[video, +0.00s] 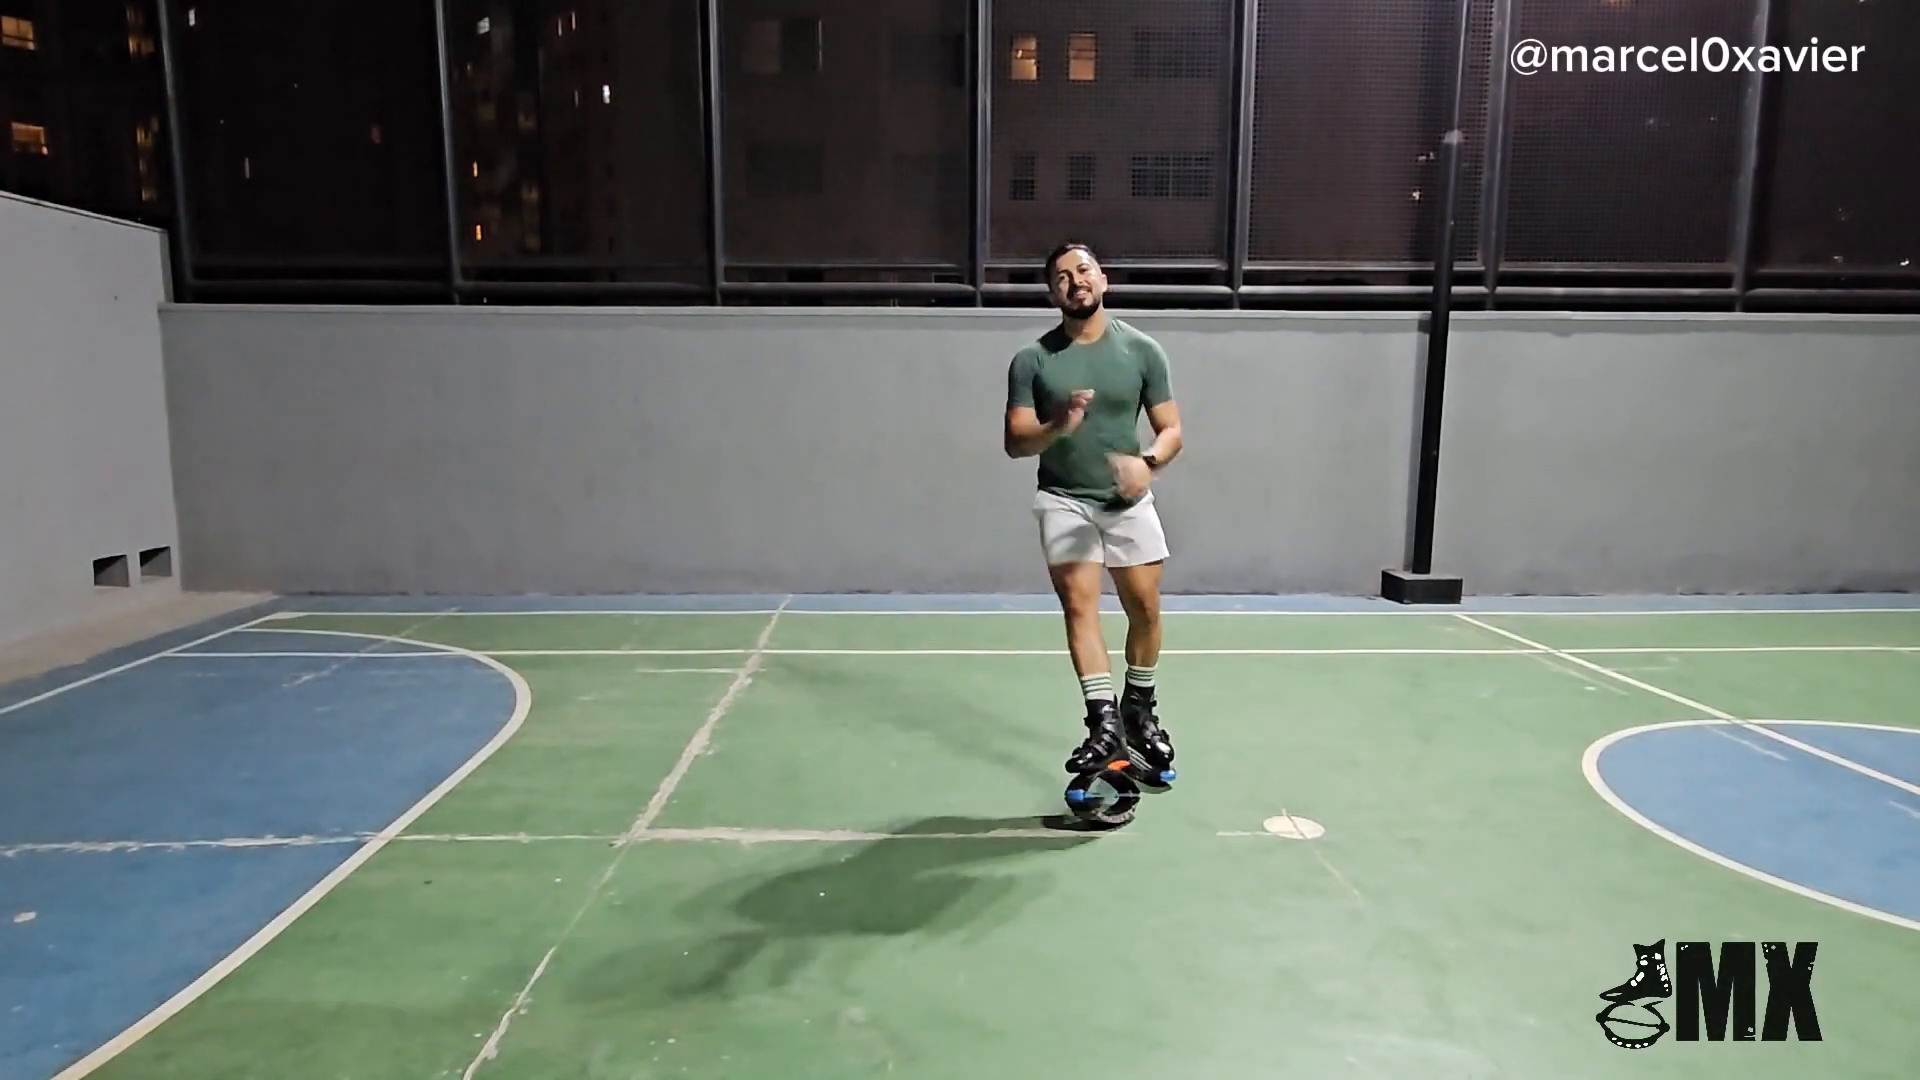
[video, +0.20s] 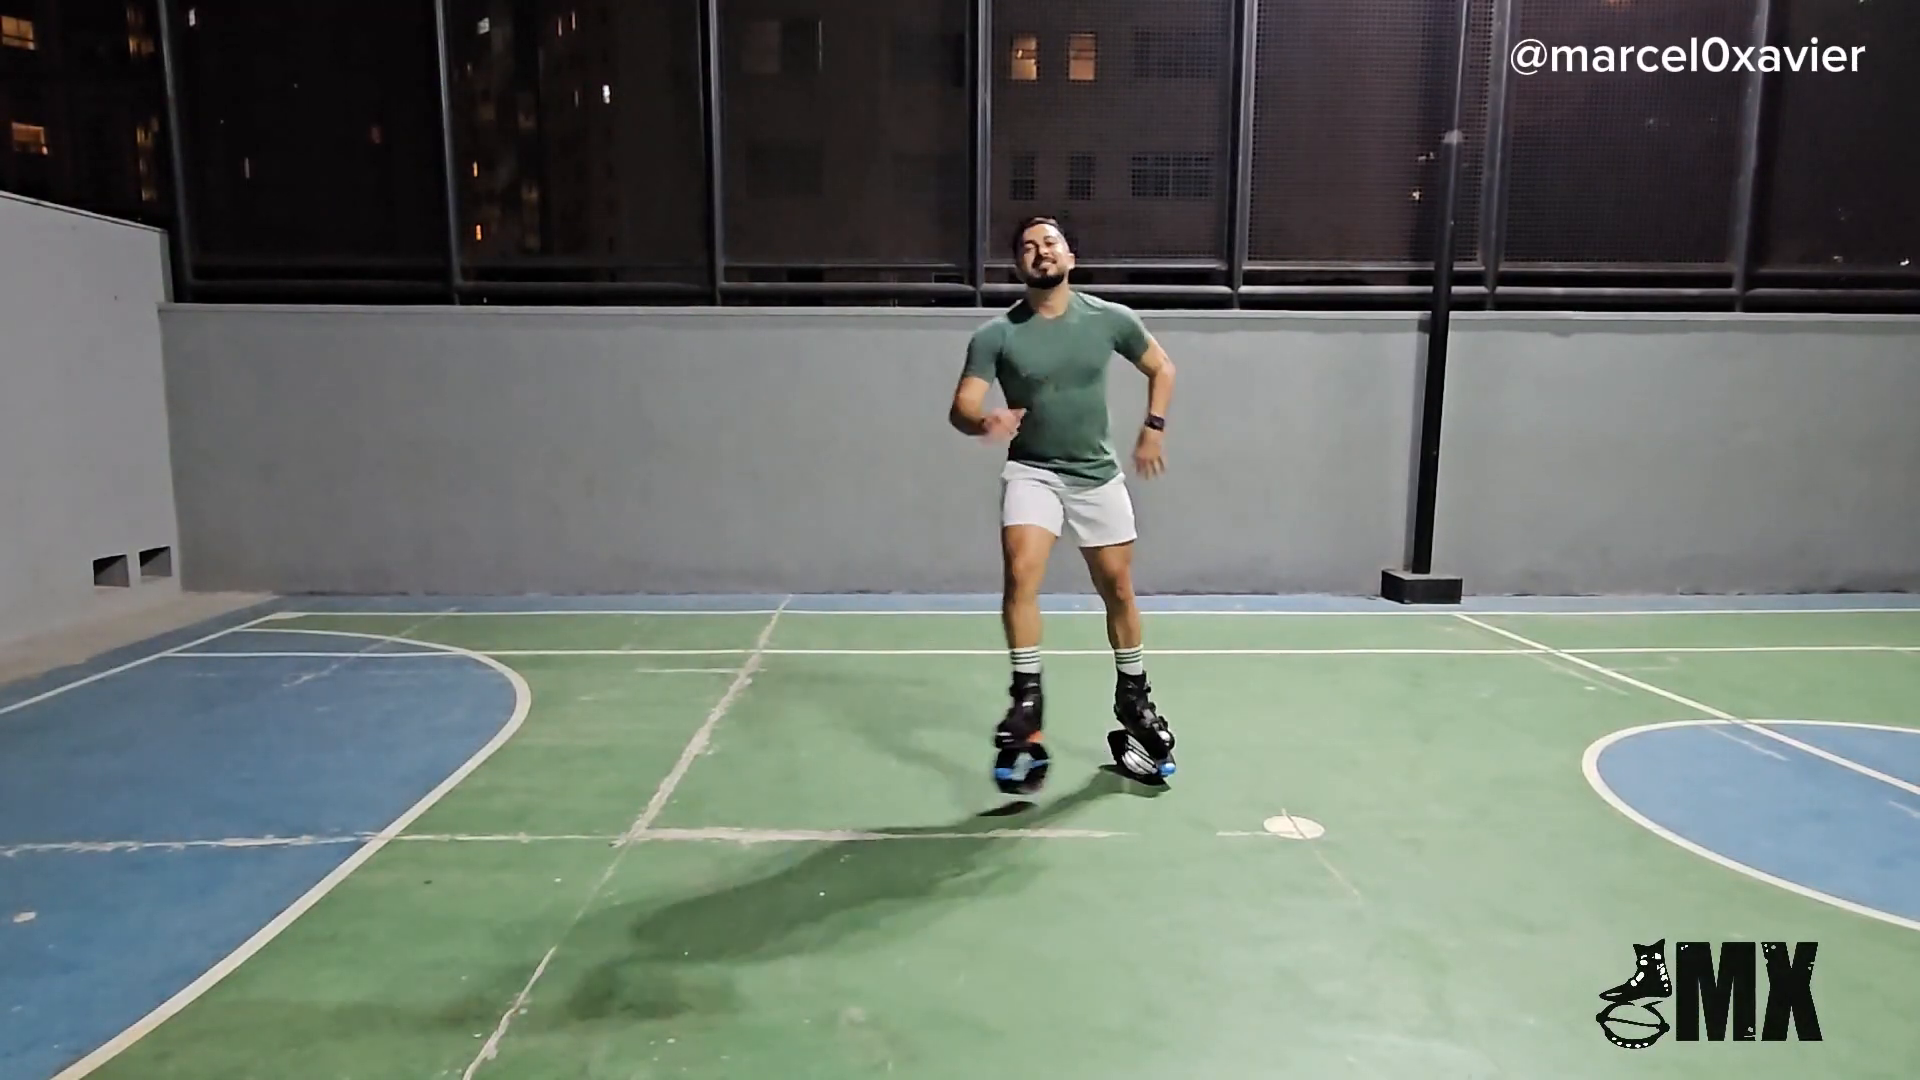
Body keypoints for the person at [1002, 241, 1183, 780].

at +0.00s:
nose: (1076, 282)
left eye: (1083, 271)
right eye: (1064, 277)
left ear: (1103, 280)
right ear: (1053, 294)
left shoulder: (1142, 351)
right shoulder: (1031, 360)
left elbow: (1171, 431)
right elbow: (1017, 441)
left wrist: (1149, 463)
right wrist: (1058, 427)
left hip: (1130, 501)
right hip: (1065, 503)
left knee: (1146, 609)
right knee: (1078, 606)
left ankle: (1140, 713)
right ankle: (1103, 728)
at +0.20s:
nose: (1042, 251)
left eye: (1051, 242)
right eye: (1031, 247)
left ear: (1072, 259)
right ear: (1018, 270)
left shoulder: (1109, 319)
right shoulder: (996, 336)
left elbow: (1162, 368)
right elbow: (962, 408)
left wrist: (1153, 429)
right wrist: (984, 422)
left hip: (1097, 475)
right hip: (1031, 473)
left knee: (1118, 588)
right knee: (1020, 578)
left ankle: (1134, 700)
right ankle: (1027, 701)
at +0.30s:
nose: (1022, 260)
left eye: (1030, 250)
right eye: (1010, 254)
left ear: (1049, 265)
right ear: (997, 274)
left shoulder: (1081, 322)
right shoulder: (975, 340)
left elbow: (1137, 359)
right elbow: (935, 413)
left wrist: (1122, 411)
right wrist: (939, 454)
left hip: (1077, 482)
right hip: (1011, 482)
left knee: (1105, 590)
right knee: (992, 592)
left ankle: (1130, 700)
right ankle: (976, 713)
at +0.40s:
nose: (998, 271)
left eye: (1006, 262)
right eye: (986, 265)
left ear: (1025, 275)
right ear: (971, 284)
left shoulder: (1052, 337)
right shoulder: (950, 349)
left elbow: (1107, 385)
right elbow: (914, 429)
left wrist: (1084, 414)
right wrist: (898, 499)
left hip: (1048, 494)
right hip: (979, 497)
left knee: (1085, 597)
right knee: (969, 608)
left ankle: (1120, 701)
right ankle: (962, 732)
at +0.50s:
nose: (977, 261)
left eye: (984, 252)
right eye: (964, 256)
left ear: (1001, 267)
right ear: (948, 275)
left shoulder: (1029, 336)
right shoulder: (926, 337)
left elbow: (1065, 422)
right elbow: (887, 426)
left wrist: (1052, 393)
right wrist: (873, 507)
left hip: (1020, 487)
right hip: (955, 490)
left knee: (1060, 594)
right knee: (956, 602)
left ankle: (1077, 694)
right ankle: (958, 726)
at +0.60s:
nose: (954, 252)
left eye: (963, 242)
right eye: (942, 245)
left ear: (981, 258)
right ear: (928, 263)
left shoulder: (1009, 327)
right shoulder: (901, 327)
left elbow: (1024, 411)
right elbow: (863, 413)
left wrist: (1002, 365)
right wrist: (857, 492)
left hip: (997, 474)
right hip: (933, 479)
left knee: (1029, 584)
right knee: (943, 594)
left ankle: (1001, 682)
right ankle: (953, 719)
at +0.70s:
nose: (932, 259)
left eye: (942, 249)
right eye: (922, 251)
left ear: (962, 259)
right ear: (909, 263)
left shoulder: (990, 326)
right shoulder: (876, 328)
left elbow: (1004, 394)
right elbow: (844, 407)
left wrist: (962, 377)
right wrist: (840, 482)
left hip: (972, 477)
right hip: (910, 480)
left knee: (986, 590)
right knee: (929, 593)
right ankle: (950, 728)